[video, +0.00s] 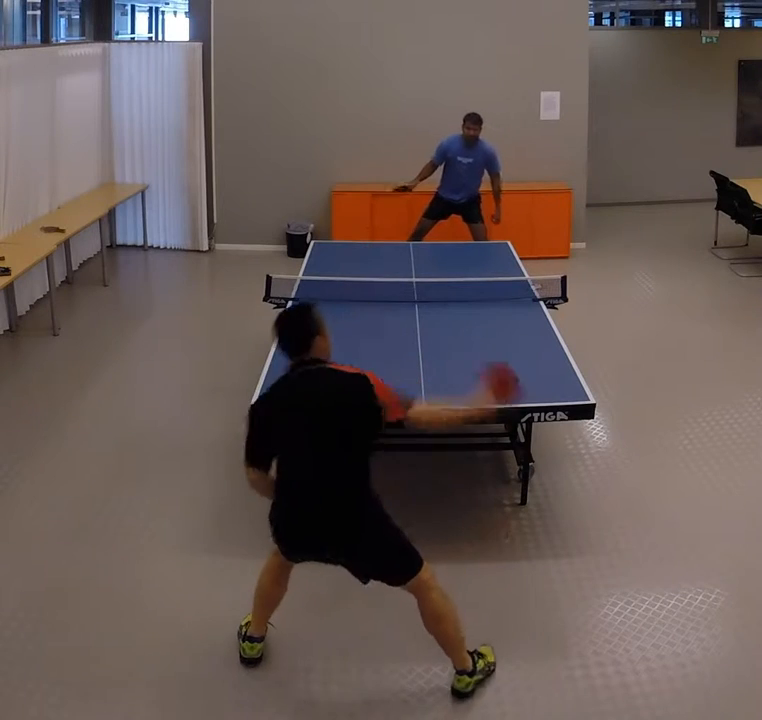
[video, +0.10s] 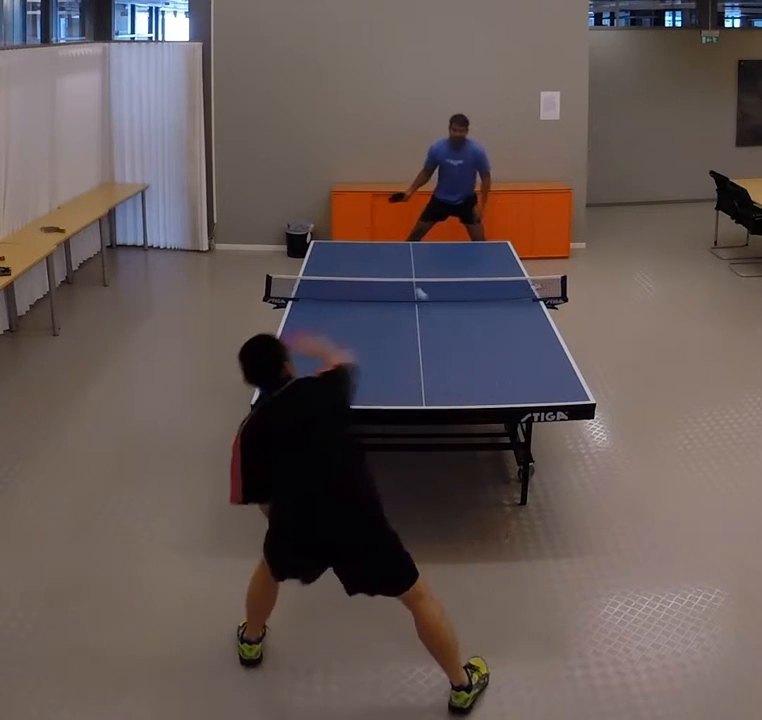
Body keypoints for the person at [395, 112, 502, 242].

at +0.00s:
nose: (471, 133)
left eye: (475, 130)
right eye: (468, 129)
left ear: (480, 130)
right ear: (462, 128)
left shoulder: (487, 152)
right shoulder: (449, 145)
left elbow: (495, 179)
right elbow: (433, 164)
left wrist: (498, 209)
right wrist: (415, 181)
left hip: (469, 201)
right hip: (444, 198)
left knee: (482, 241)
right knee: (419, 232)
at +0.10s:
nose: (457, 134)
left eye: (461, 131)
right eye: (454, 130)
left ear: (467, 131)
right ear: (449, 129)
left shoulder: (476, 151)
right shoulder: (438, 149)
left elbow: (485, 178)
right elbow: (426, 173)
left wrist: (482, 207)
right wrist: (408, 193)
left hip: (466, 201)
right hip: (440, 200)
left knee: (480, 242)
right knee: (415, 236)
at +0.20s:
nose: (441, 140)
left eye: (444, 136)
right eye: (437, 136)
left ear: (450, 136)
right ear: (433, 136)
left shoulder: (463, 153)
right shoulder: (427, 156)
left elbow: (476, 179)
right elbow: (421, 180)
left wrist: (467, 203)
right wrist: (405, 198)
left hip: (460, 201)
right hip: (437, 200)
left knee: (478, 242)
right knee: (410, 235)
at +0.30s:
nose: (425, 143)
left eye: (428, 139)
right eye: (421, 139)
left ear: (435, 138)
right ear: (417, 140)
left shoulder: (450, 154)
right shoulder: (415, 161)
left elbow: (466, 178)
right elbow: (407, 186)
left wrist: (460, 204)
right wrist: (388, 196)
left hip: (455, 201)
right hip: (432, 201)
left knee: (474, 239)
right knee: (407, 232)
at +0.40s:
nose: (412, 142)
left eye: (415, 138)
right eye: (408, 139)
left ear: (422, 137)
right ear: (404, 140)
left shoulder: (439, 150)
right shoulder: (402, 161)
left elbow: (457, 171)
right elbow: (388, 186)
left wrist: (461, 199)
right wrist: (367, 191)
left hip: (450, 196)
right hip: (427, 197)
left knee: (472, 235)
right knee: (405, 231)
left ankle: (490, 264)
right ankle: (398, 267)